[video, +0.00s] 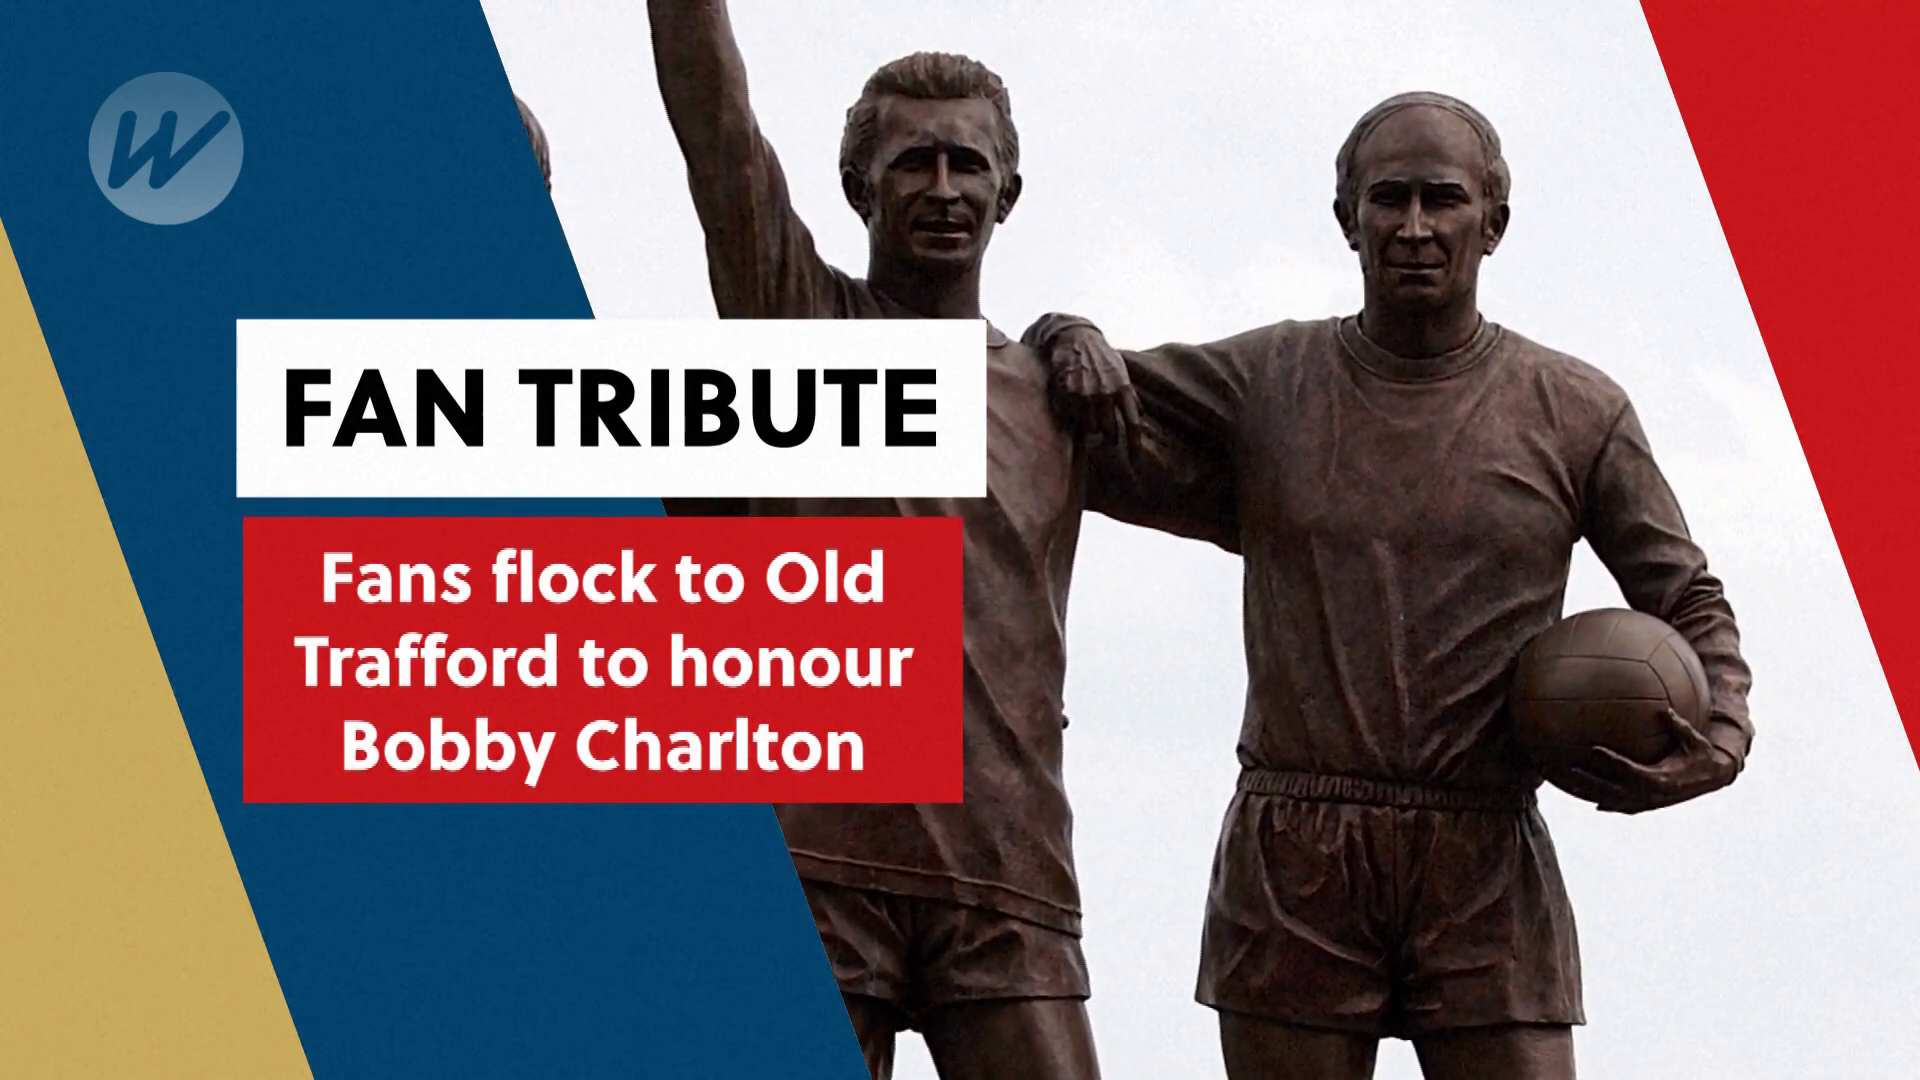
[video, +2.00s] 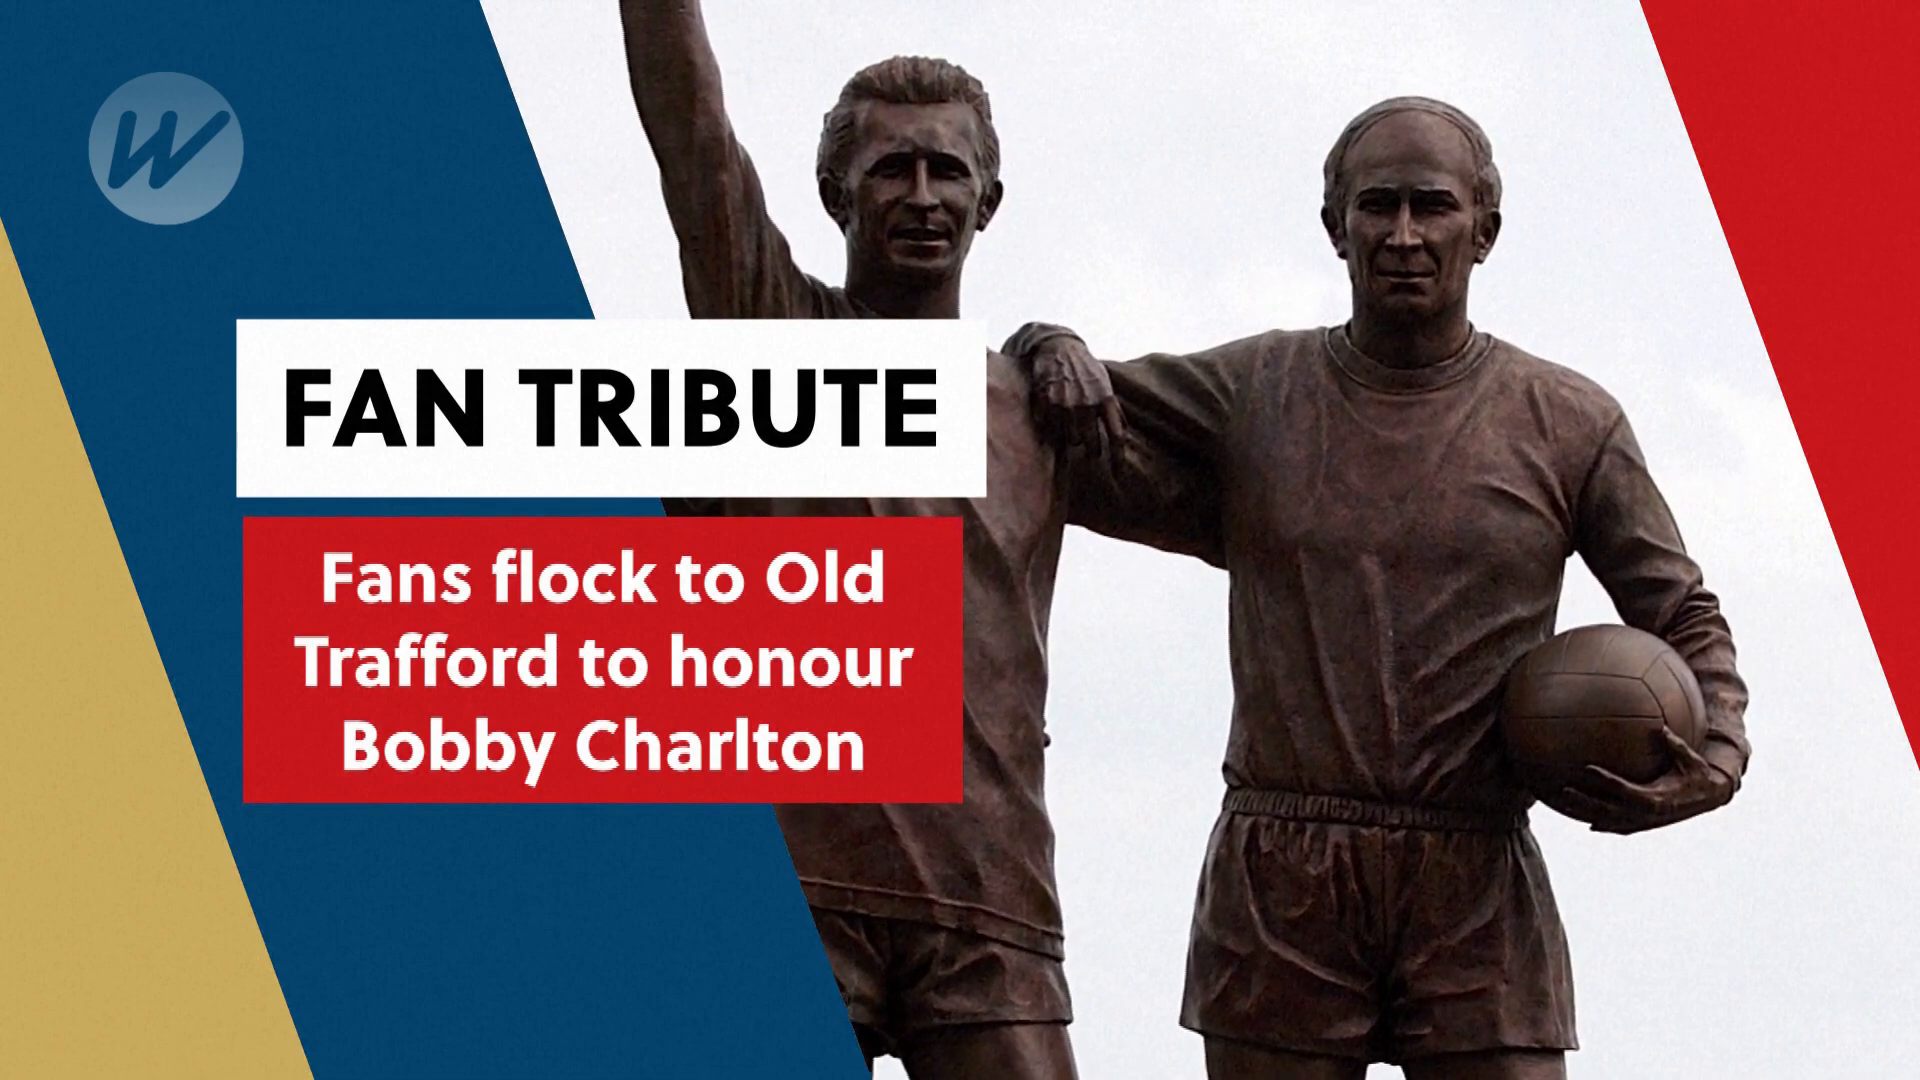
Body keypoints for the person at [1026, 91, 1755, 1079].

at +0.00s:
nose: (1414, 224)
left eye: (1443, 197)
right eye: (1387, 199)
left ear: (1495, 221)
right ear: (1347, 220)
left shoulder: (1577, 408)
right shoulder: (1265, 377)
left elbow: (1686, 599)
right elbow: (1084, 410)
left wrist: (1721, 730)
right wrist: (1066, 337)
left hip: (1485, 863)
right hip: (1291, 859)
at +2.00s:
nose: (1402, 233)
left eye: (1432, 204)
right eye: (1375, 206)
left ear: (1486, 228)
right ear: (1335, 227)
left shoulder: (1569, 419)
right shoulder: (1252, 387)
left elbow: (1681, 614)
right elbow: (1079, 440)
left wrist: (1718, 752)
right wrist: (1046, 351)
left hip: (1478, 891)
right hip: (1276, 885)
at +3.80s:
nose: (1407, 247)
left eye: (1431, 213)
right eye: (1384, 213)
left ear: (1475, 226)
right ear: (1345, 224)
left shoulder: (1549, 436)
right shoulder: (1265, 420)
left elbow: (1692, 690)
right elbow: (1052, 434)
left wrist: (1582, 708)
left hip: (1467, 908)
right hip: (1287, 902)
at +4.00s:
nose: (1411, 252)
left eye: (1433, 218)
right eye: (1388, 218)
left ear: (1471, 230)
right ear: (1350, 228)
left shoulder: (1546, 442)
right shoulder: (1270, 429)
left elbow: (1685, 725)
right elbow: (1024, 427)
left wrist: (1531, 705)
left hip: (1467, 919)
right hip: (1293, 913)